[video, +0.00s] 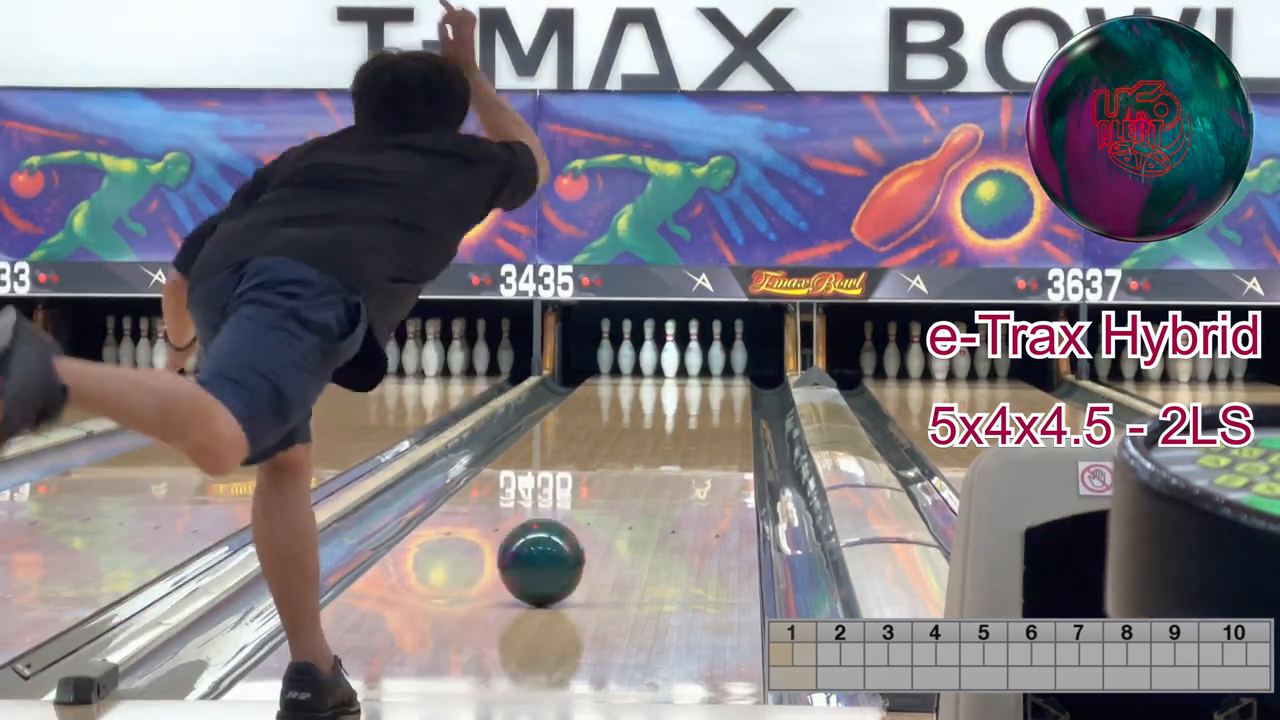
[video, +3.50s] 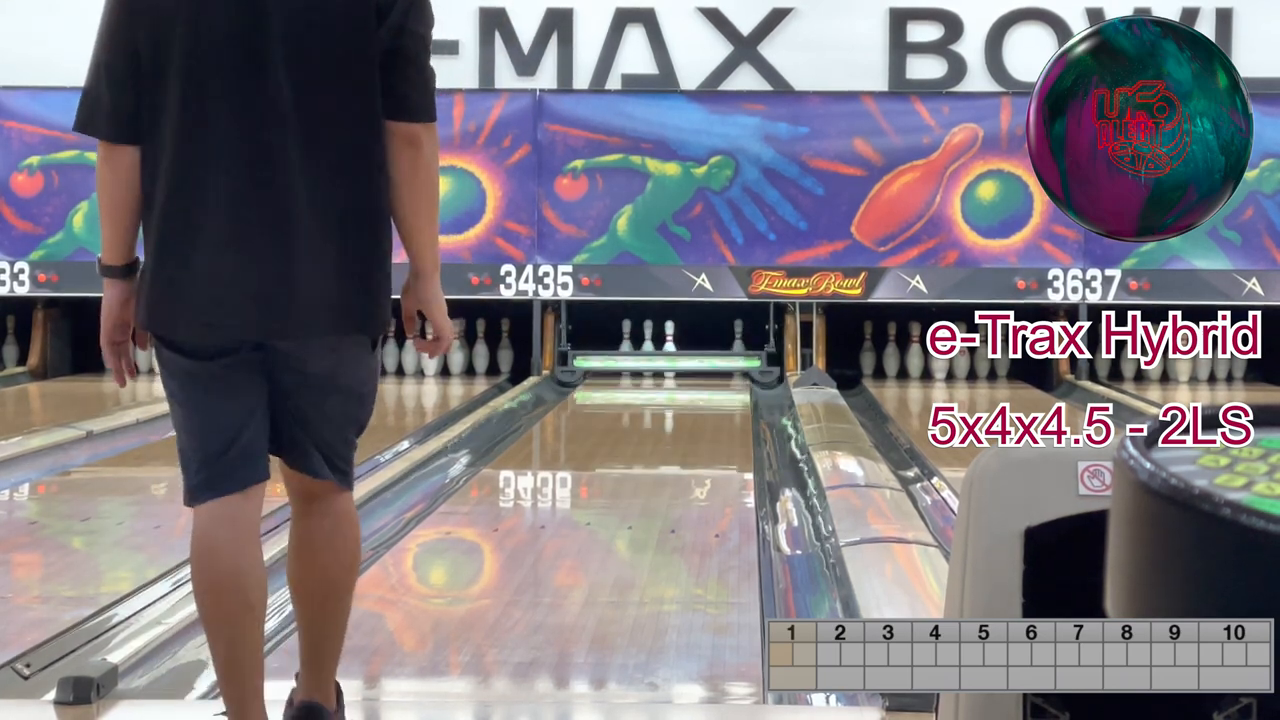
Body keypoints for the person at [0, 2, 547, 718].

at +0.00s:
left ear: (361, 115)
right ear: (448, 121)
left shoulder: (303, 157)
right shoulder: (460, 162)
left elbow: (181, 272)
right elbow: (528, 158)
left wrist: (180, 343)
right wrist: (474, 76)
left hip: (219, 271)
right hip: (311, 276)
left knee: (285, 465)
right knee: (225, 436)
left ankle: (311, 668)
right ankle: (51, 372)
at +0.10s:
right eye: (456, 73)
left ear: (366, 75)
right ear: (451, 81)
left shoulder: (310, 125)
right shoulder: (458, 127)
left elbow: (200, 244)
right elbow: (546, 131)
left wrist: (200, 314)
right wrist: (487, 69)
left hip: (219, 267)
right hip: (313, 264)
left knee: (286, 472)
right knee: (273, 444)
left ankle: (314, 672)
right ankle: (101, 454)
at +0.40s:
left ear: (353, 14)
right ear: (433, 17)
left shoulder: (293, 74)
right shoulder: (453, 62)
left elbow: (195, 199)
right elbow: (542, 62)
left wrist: (203, 269)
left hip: (227, 251)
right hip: (324, 247)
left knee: (280, 464)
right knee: (286, 446)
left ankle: (313, 671)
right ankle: (137, 566)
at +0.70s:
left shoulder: (264, 16)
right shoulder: (431, 9)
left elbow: (183, 140)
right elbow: (541, 52)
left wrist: (199, 241)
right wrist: (507, 4)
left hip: (223, 247)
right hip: (321, 241)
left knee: (276, 469)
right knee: (320, 456)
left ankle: (310, 670)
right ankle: (201, 637)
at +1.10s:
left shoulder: (220, 3)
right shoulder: (405, 3)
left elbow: (178, 135)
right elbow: (463, 127)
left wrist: (191, 257)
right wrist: (479, 102)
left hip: (223, 250)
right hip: (331, 243)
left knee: (270, 472)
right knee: (324, 478)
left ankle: (309, 662)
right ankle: (269, 697)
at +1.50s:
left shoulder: (194, 3)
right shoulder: (396, 2)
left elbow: (157, 124)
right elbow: (430, 119)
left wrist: (158, 257)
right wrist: (454, 220)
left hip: (218, 257)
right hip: (329, 262)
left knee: (238, 455)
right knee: (303, 479)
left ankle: (228, 673)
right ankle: (271, 696)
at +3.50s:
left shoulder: (144, 7)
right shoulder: (389, 4)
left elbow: (119, 135)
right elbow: (409, 128)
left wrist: (118, 274)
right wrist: (425, 270)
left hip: (196, 272)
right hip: (330, 272)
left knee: (221, 497)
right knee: (323, 484)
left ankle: (244, 713)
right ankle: (317, 694)